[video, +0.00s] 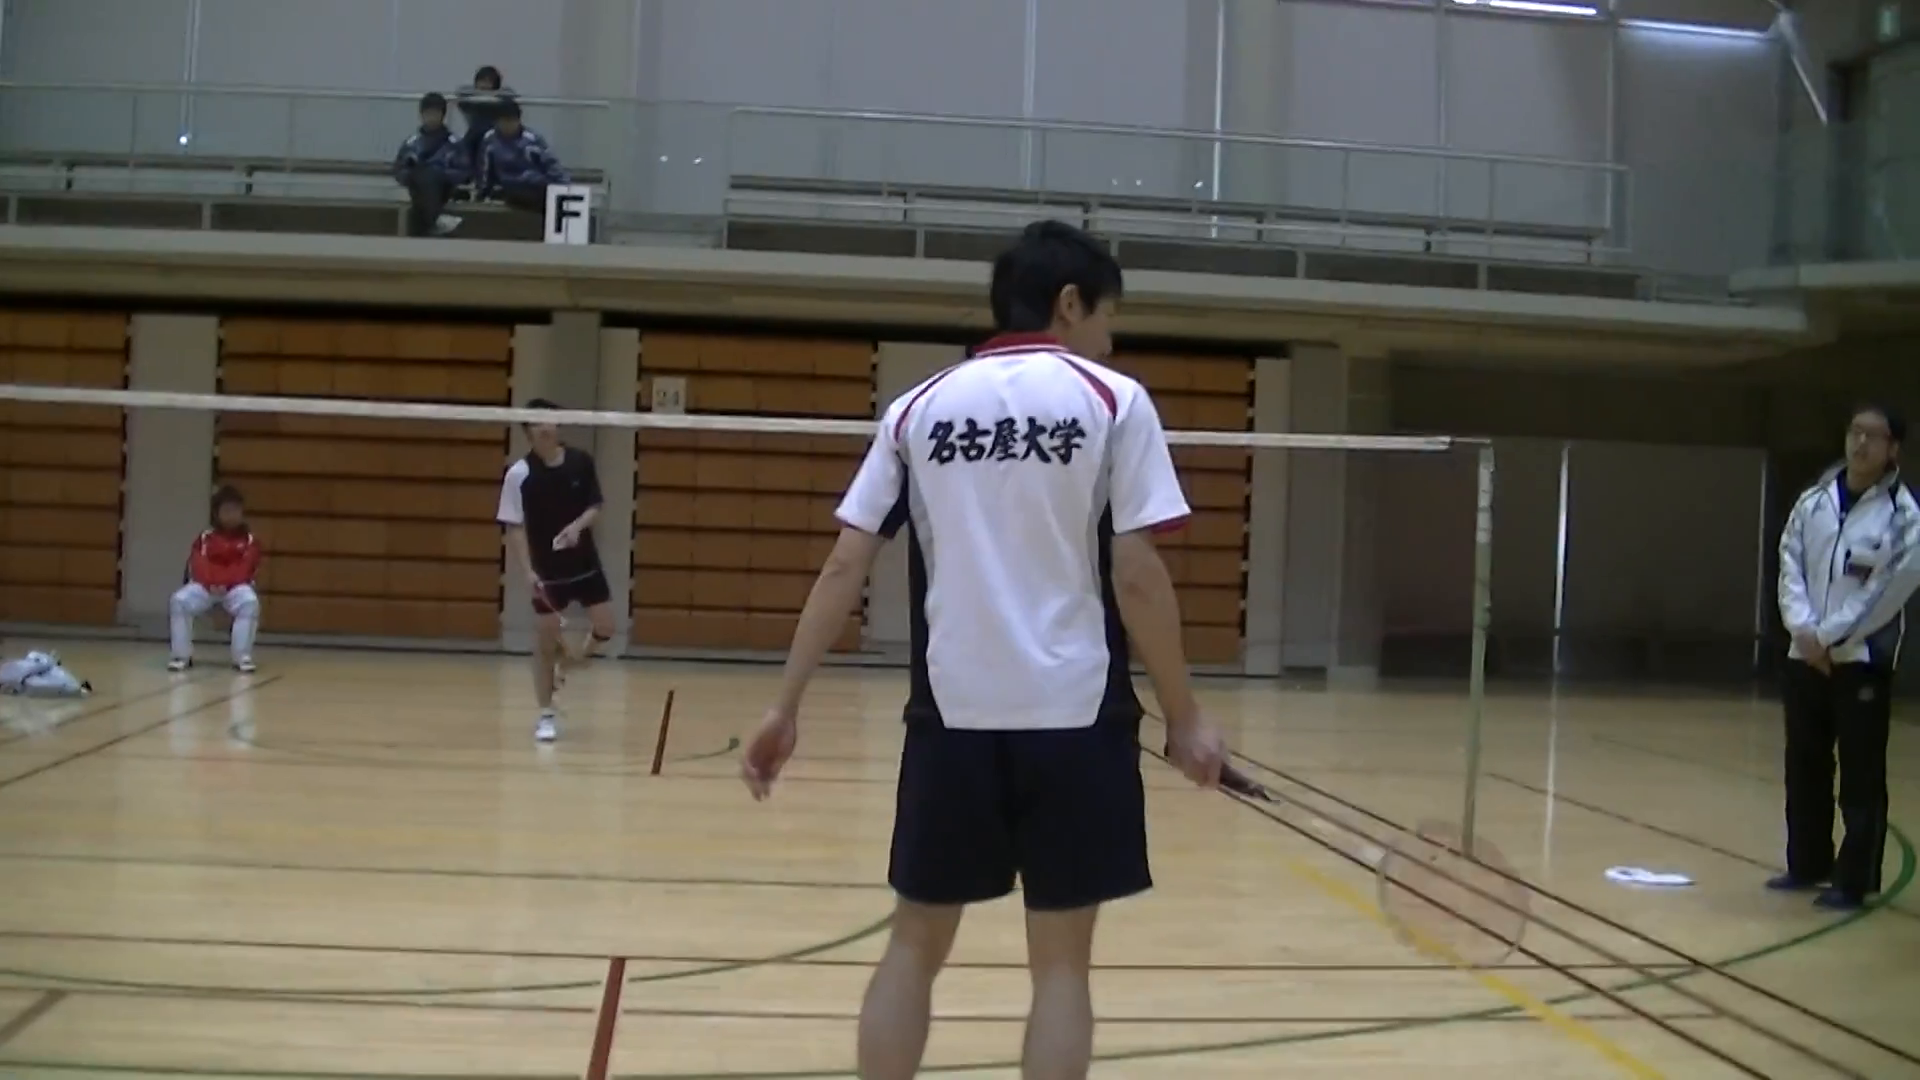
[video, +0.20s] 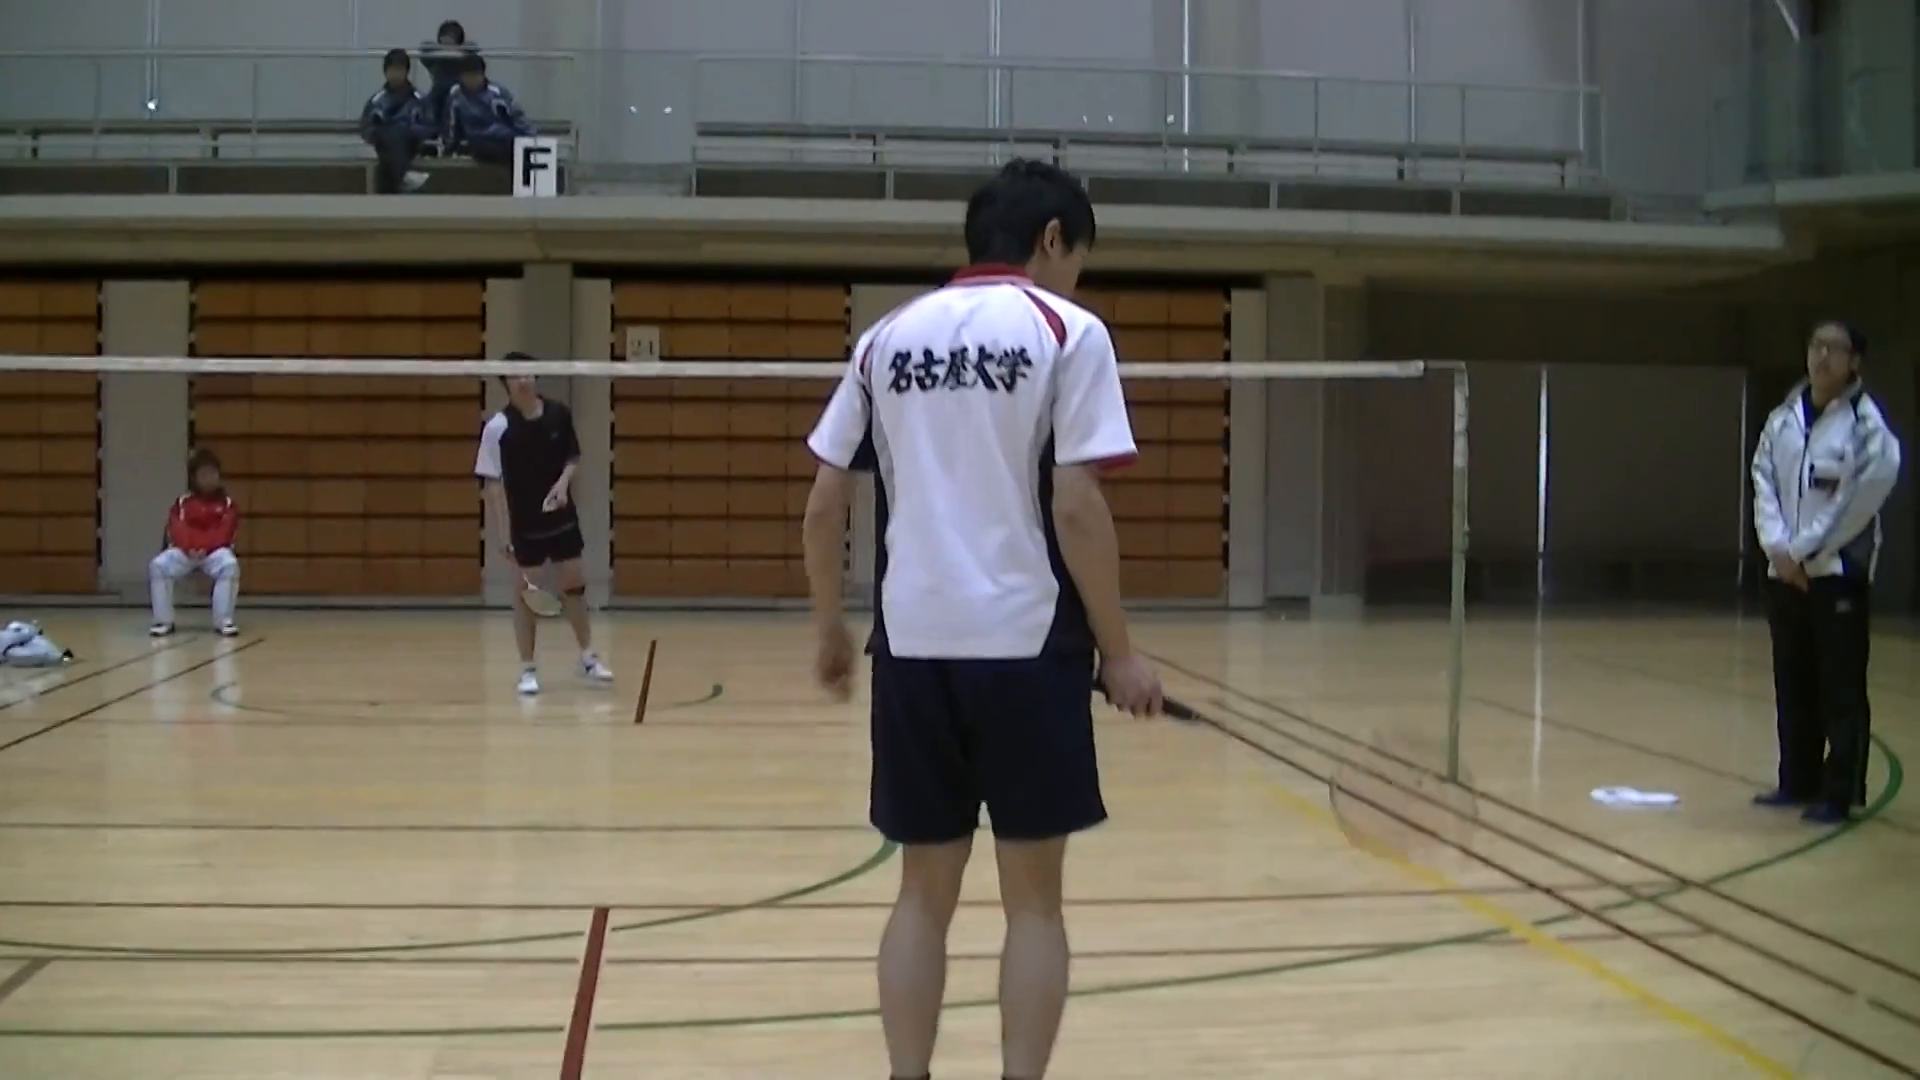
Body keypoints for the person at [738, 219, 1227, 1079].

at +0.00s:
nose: (1108, 337)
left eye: (1111, 318)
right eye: (1105, 316)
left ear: (1006, 306)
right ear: (1066, 305)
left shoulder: (917, 407)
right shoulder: (1113, 400)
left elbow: (844, 565)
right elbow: (1137, 570)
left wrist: (784, 707)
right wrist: (1185, 717)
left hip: (949, 731)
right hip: (1074, 732)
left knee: (910, 949)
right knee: (1061, 966)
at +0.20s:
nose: (1079, 276)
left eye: (1079, 257)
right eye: (1078, 255)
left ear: (979, 243)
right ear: (1050, 240)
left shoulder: (888, 334)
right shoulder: (1068, 333)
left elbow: (825, 503)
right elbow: (1075, 500)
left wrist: (829, 623)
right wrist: (1119, 649)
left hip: (912, 656)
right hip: (1024, 656)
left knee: (921, 892)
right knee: (1034, 901)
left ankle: (907, 1074)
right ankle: (1022, 1076)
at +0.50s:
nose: (1146, 247)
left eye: (1146, 237)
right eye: (1146, 236)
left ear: (1039, 225)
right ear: (1131, 231)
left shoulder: (964, 306)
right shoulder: (1148, 295)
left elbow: (934, 483)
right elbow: (1176, 458)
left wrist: (1014, 474)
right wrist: (1209, 580)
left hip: (994, 618)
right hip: (1113, 613)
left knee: (1013, 852)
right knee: (1144, 851)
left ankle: (988, 1063)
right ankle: (1125, 1061)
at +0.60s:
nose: (1227, 243)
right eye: (1225, 231)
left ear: (1121, 226)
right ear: (1214, 228)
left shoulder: (1050, 305)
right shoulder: (1239, 294)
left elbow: (1022, 477)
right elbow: (1276, 447)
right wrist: (1299, 569)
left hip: (1084, 619)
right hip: (1204, 614)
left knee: (1095, 852)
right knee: (1255, 853)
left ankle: (1063, 1059)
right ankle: (1260, 1062)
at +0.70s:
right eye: (1337, 207)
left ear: (1242, 207)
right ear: (1336, 208)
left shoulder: (1171, 292)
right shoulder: (1366, 281)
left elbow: (1143, 463)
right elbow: (1409, 437)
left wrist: (1220, 444)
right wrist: (1426, 561)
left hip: (1210, 611)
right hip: (1330, 606)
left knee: (1206, 844)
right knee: (1399, 851)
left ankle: (1165, 1053)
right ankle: (1430, 1062)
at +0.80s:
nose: (1478, 186)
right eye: (1481, 171)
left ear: (1385, 170)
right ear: (1480, 172)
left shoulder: (1316, 264)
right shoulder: (1522, 257)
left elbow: (1290, 442)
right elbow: (1566, 422)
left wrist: (1374, 434)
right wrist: (1578, 543)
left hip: (1358, 596)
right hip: (1484, 596)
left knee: (1331, 824)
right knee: (1551, 845)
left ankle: (1278, 1041)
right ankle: (1588, 1069)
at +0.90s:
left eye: (1463, 167)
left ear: (1462, 170)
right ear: (1562, 166)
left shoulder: (1405, 266)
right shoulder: (1623, 256)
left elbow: (1378, 459)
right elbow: (1669, 432)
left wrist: (1460, 486)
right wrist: (1664, 563)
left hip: (1451, 605)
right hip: (1585, 609)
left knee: (1393, 831)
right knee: (1622, 866)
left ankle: (1331, 1040)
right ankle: (1636, 1074)